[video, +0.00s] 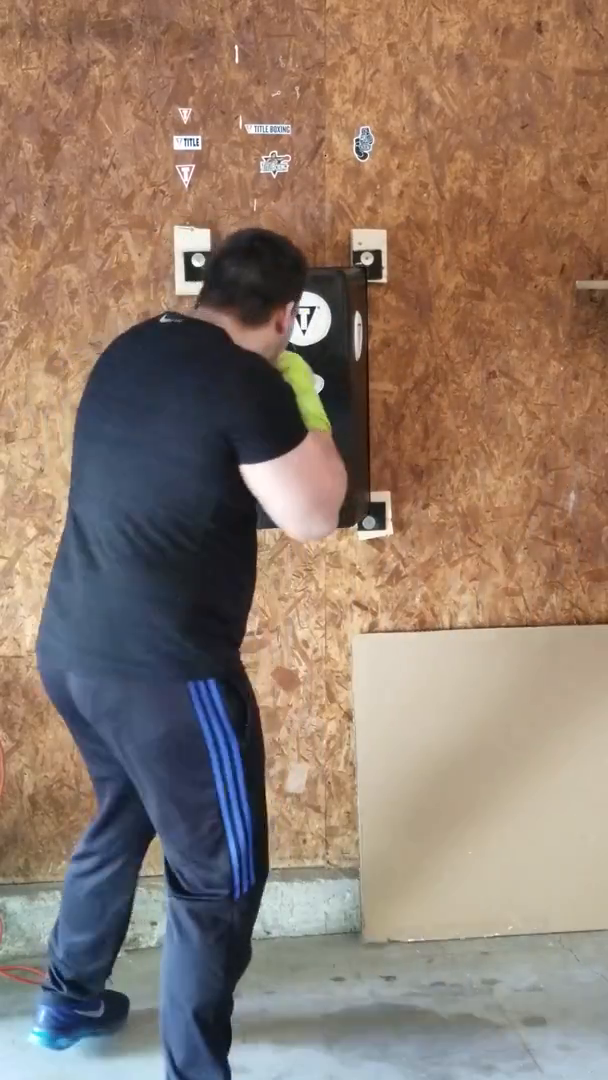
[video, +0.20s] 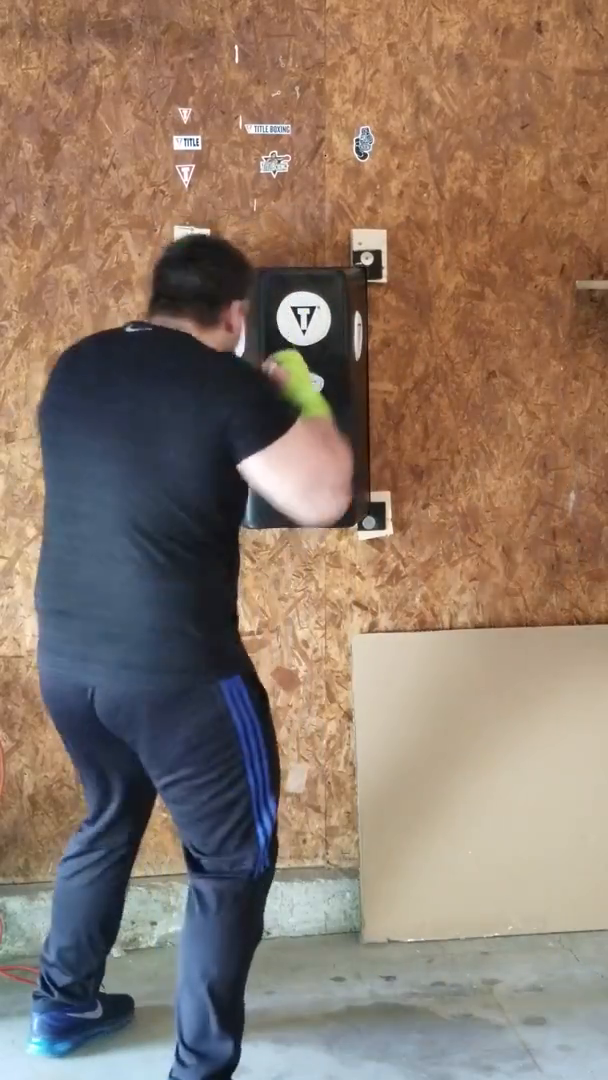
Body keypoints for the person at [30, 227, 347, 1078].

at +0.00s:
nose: (289, 331)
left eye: (290, 317)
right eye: (292, 317)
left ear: (208, 289)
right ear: (277, 311)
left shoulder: (129, 349)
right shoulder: (245, 380)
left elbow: (174, 478)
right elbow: (313, 511)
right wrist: (311, 402)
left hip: (73, 647)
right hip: (168, 664)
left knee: (122, 816)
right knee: (218, 877)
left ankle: (70, 1001)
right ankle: (198, 1064)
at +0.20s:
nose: (245, 330)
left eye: (244, 319)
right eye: (246, 318)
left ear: (152, 301)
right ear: (231, 316)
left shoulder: (75, 366)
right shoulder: (226, 385)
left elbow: (130, 460)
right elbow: (325, 494)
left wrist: (240, 400)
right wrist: (301, 393)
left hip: (67, 664)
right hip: (176, 672)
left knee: (110, 812)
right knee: (229, 862)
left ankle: (63, 1003)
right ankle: (203, 1059)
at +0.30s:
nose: (210, 314)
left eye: (205, 304)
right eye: (210, 304)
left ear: (114, 303)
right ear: (194, 306)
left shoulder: (38, 369)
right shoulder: (232, 361)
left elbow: (27, 468)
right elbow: (359, 400)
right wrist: (304, 348)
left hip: (76, 659)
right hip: (188, 658)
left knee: (97, 815)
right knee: (221, 860)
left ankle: (61, 1005)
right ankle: (208, 1057)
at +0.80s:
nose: (238, 319)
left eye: (236, 307)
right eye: (240, 307)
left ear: (157, 278)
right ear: (224, 305)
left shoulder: (83, 332)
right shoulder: (183, 364)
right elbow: (266, 466)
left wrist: (207, 369)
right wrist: (250, 369)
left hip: (46, 623)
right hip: (126, 634)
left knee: (99, 798)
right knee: (197, 822)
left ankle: (65, 1002)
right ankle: (168, 1042)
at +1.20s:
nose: (256, 378)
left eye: (258, 364)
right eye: (259, 366)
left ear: (188, 318)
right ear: (231, 367)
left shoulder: (141, 362)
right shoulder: (119, 403)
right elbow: (157, 545)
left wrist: (208, 467)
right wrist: (247, 462)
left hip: (85, 619)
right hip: (50, 627)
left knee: (118, 773)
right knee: (102, 834)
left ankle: (80, 935)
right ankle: (53, 1040)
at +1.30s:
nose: (249, 387)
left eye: (254, 375)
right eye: (247, 377)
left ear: (183, 333)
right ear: (216, 379)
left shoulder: (128, 361)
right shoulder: (113, 426)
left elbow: (198, 409)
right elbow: (112, 575)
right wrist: (224, 573)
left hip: (72, 621)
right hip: (58, 635)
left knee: (100, 798)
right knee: (120, 826)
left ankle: (69, 938)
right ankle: (59, 1035)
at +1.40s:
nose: (249, 365)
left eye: (251, 354)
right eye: (250, 355)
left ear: (162, 313)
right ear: (221, 362)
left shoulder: (81, 336)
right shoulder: (138, 451)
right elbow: (112, 589)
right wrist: (205, 647)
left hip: (25, 608)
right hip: (76, 633)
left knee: (92, 783)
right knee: (147, 809)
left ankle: (63, 947)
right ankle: (79, 1013)